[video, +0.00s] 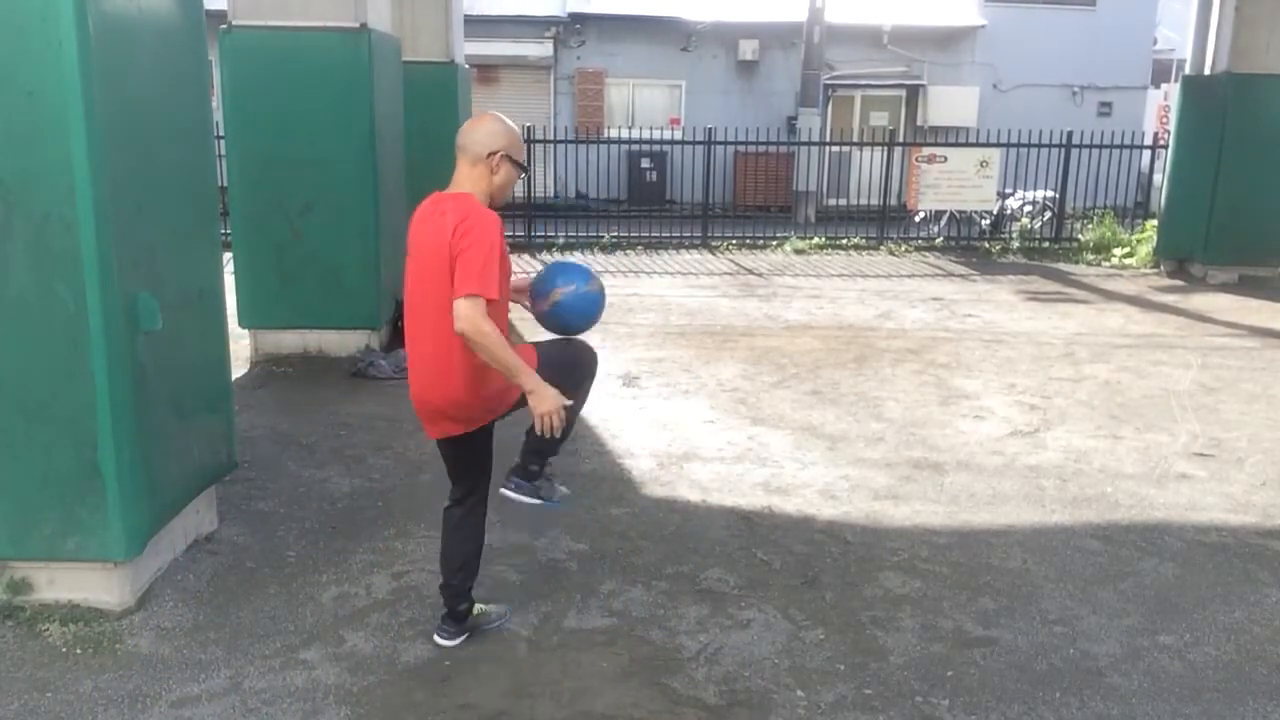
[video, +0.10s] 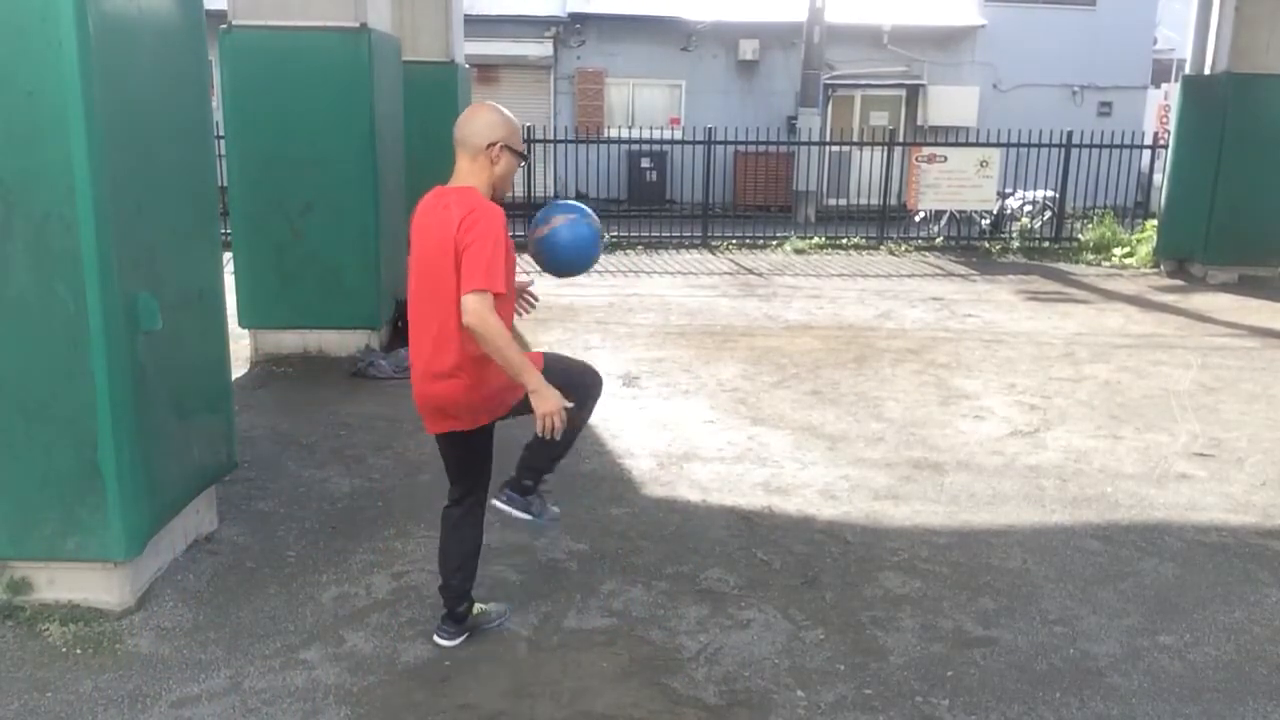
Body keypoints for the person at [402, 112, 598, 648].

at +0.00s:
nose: (517, 181)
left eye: (519, 170)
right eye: (517, 168)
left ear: (470, 159)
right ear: (495, 161)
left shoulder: (427, 211)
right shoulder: (479, 220)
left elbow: (441, 288)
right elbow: (469, 320)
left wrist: (516, 292)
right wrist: (533, 384)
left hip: (433, 388)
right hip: (478, 381)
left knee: (466, 492)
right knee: (579, 358)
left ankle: (456, 613)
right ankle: (531, 474)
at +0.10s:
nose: (517, 169)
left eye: (519, 158)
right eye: (516, 156)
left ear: (468, 152)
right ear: (494, 153)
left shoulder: (428, 206)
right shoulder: (484, 216)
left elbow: (434, 280)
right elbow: (477, 313)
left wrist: (494, 282)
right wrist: (537, 385)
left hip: (437, 383)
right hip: (480, 378)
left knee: (465, 496)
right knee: (584, 383)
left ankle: (455, 615)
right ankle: (523, 489)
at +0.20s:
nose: (516, 164)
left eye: (517, 152)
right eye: (515, 151)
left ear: (463, 148)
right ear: (496, 149)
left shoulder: (424, 208)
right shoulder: (491, 214)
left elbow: (412, 288)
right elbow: (497, 311)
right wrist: (560, 378)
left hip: (440, 389)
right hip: (492, 387)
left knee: (465, 494)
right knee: (567, 465)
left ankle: (455, 616)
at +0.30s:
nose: (521, 174)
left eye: (520, 163)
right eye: (521, 163)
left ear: (465, 161)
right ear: (509, 163)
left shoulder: (426, 223)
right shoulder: (509, 230)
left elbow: (395, 303)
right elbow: (536, 328)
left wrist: (449, 330)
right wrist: (601, 375)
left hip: (461, 392)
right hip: (507, 401)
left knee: (506, 476)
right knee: (526, 512)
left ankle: (480, 557)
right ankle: (485, 630)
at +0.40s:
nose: (526, 175)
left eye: (524, 165)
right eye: (526, 165)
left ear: (469, 162)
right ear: (515, 165)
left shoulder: (424, 226)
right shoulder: (518, 232)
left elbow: (386, 310)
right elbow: (553, 325)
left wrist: (409, 361)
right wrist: (614, 362)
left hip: (463, 384)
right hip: (510, 396)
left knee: (564, 346)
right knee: (528, 507)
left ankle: (514, 470)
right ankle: (484, 630)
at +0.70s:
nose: (527, 155)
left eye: (525, 145)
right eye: (525, 145)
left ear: (472, 149)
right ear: (510, 148)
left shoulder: (436, 215)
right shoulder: (523, 214)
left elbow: (400, 298)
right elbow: (560, 304)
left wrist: (425, 346)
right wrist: (614, 332)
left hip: (475, 380)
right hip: (517, 388)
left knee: (551, 417)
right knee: (513, 506)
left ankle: (507, 521)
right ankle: (484, 627)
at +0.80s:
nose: (527, 167)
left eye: (527, 156)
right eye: (525, 155)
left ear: (477, 156)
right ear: (503, 155)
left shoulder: (438, 219)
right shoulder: (508, 218)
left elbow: (412, 295)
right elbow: (536, 310)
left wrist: (458, 328)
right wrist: (601, 342)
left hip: (477, 385)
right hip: (524, 388)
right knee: (571, 481)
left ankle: (479, 586)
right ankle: (509, 593)